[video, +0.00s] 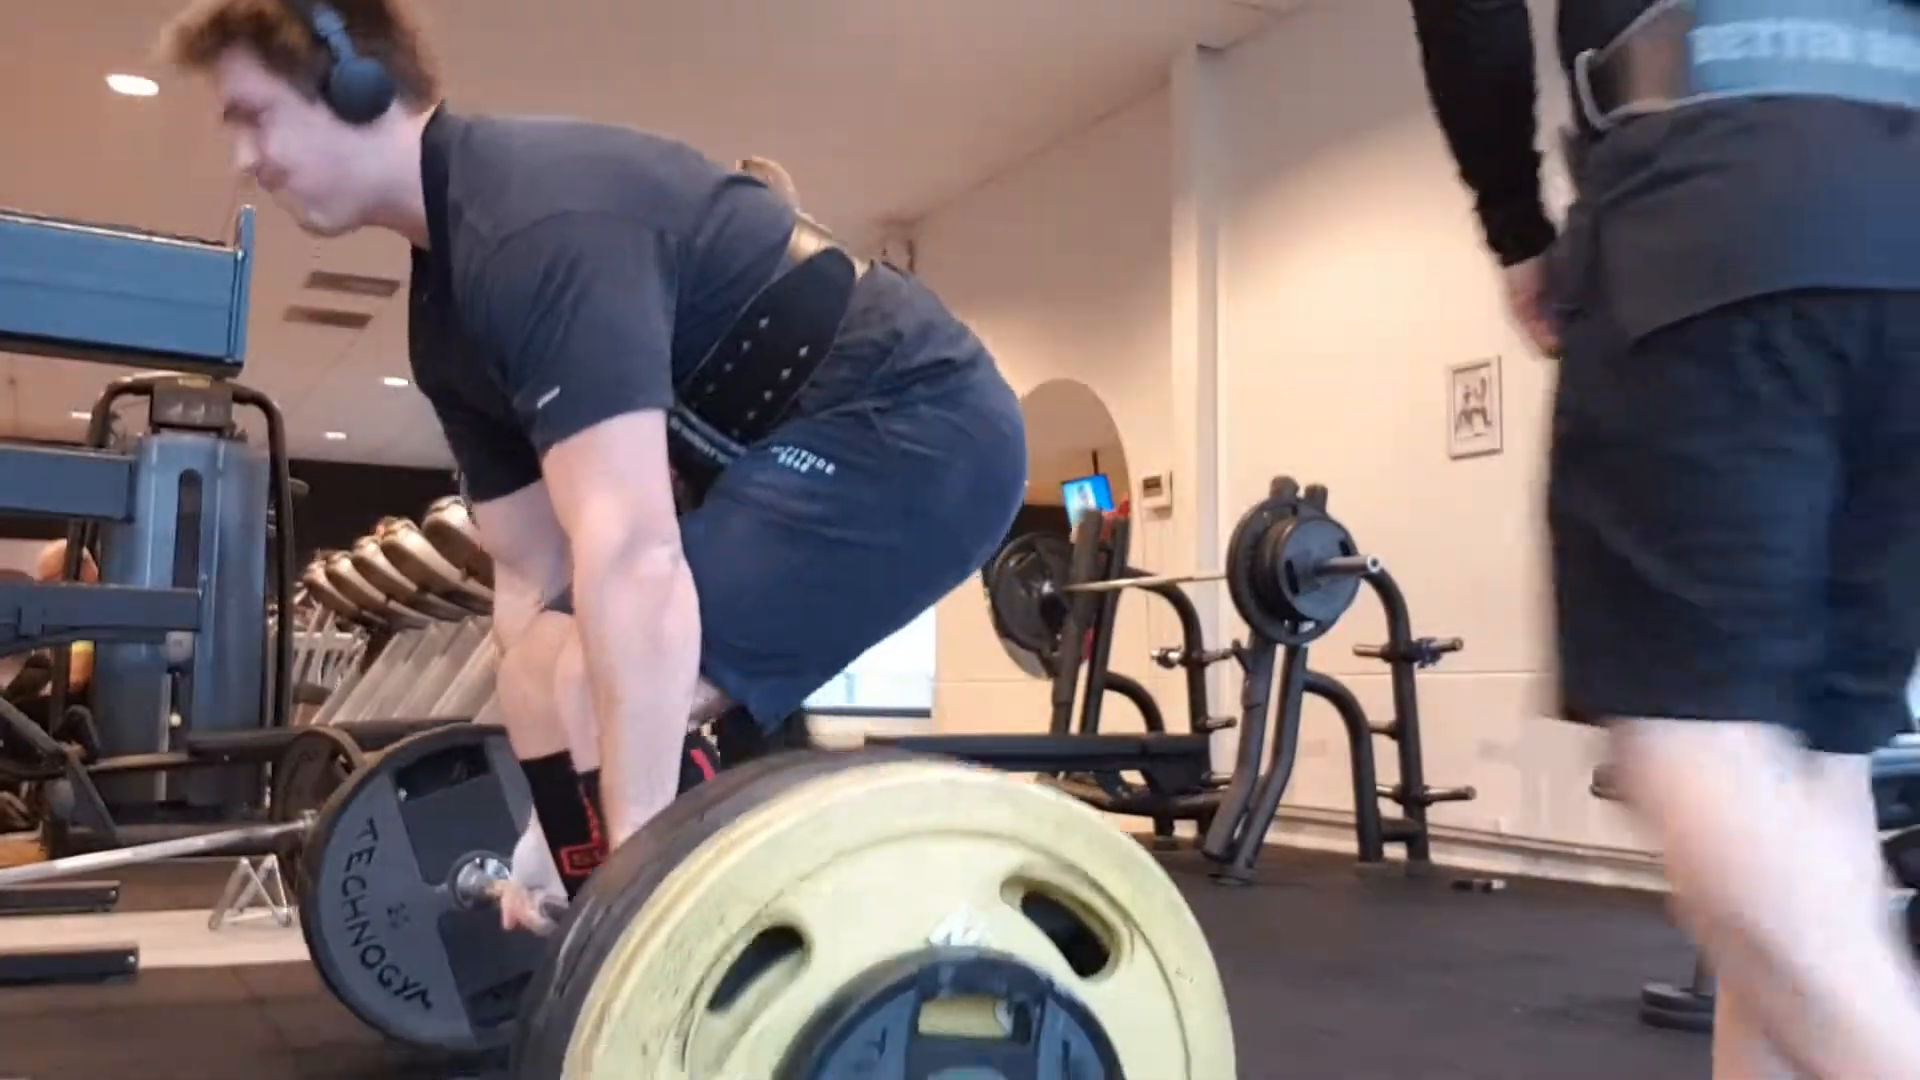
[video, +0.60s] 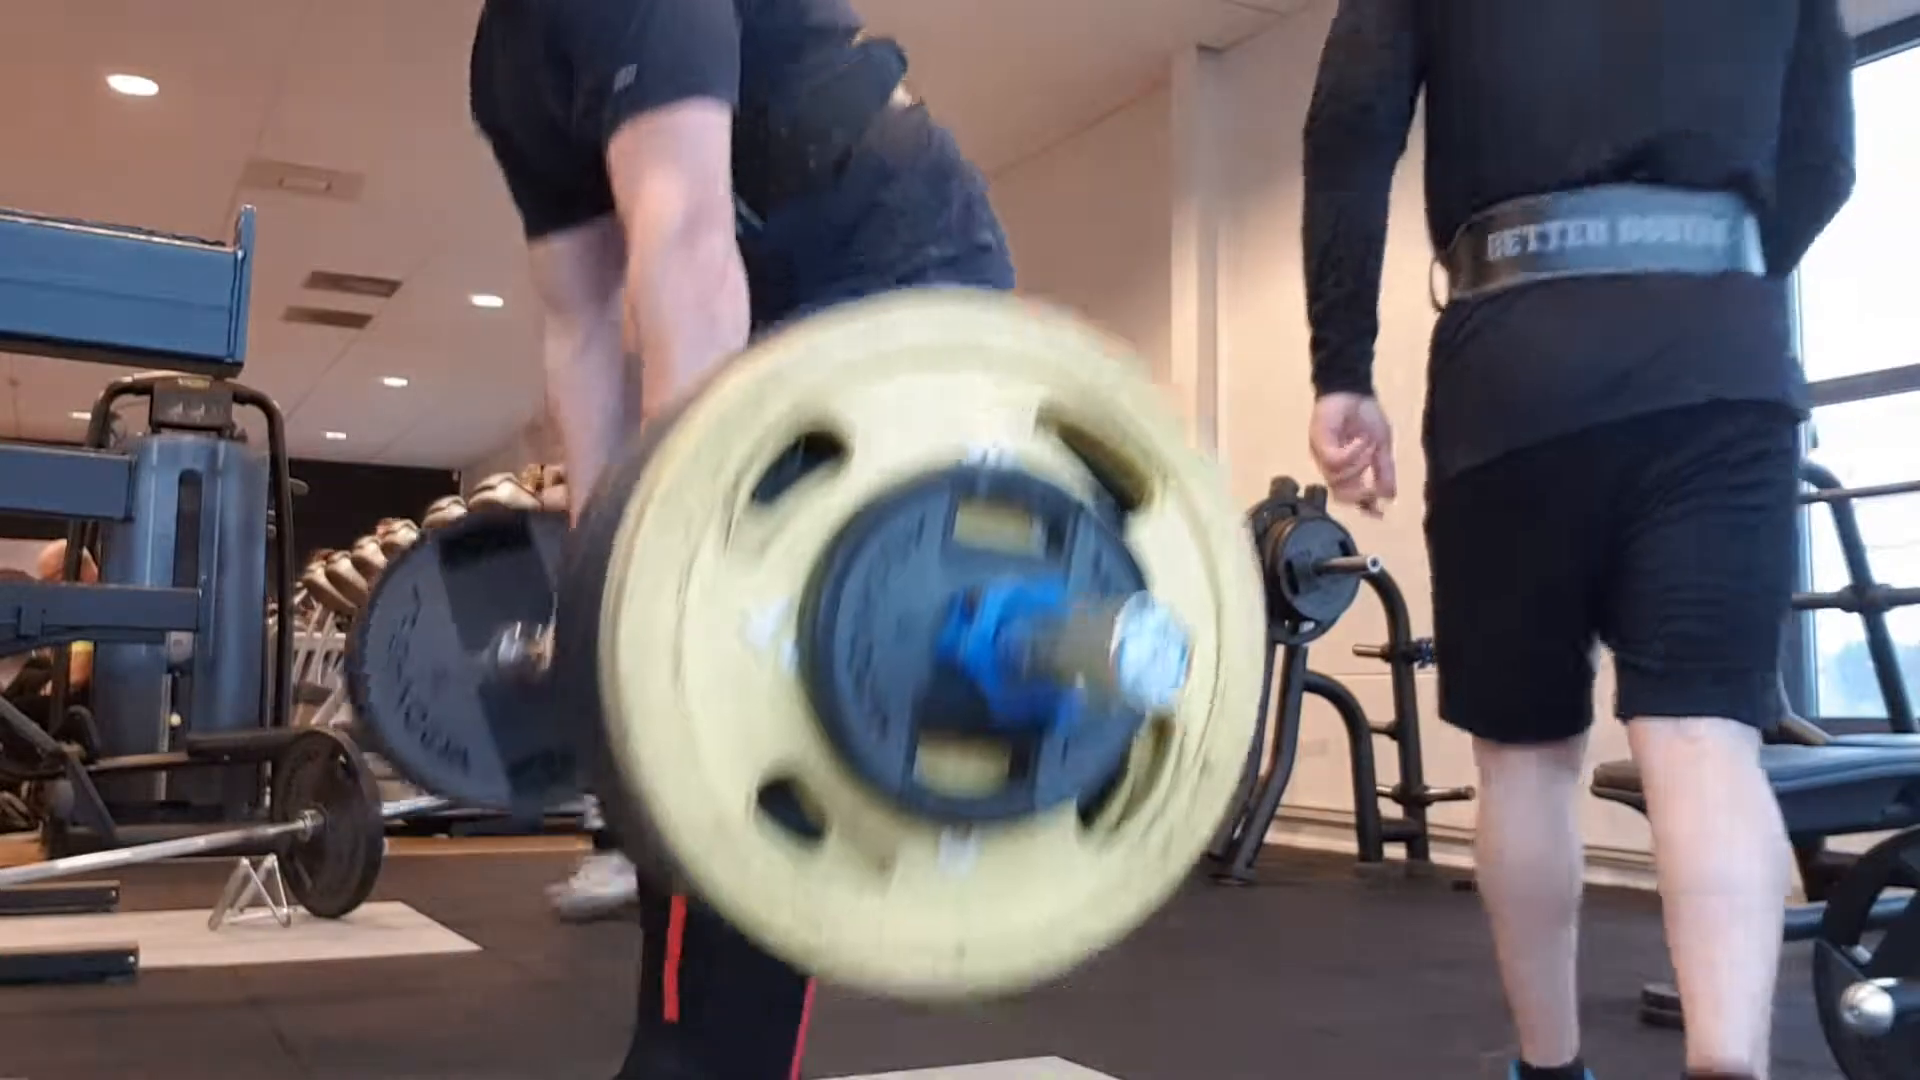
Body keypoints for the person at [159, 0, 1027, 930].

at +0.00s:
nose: (243, 164)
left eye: (253, 119)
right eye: (232, 131)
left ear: (352, 79)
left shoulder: (544, 221)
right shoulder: (445, 313)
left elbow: (636, 559)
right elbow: (528, 578)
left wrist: (638, 868)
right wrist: (551, 849)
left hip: (908, 417)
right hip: (811, 446)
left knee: (601, 683)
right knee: (537, 668)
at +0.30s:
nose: (326, 9)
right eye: (333, 4)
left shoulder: (597, 100)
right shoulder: (496, 206)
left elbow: (660, 434)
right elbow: (558, 474)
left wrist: (643, 729)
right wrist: (564, 729)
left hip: (927, 371)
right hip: (808, 399)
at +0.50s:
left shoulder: (615, 14)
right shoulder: (508, 114)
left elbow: (676, 307)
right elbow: (573, 376)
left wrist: (676, 595)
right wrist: (586, 626)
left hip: (912, 314)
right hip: (778, 349)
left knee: (756, 674)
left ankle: (701, 1035)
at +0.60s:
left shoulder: (643, 5)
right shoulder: (509, 49)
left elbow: (688, 235)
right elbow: (579, 307)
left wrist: (686, 529)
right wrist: (602, 549)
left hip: (905, 308)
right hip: (769, 330)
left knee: (770, 712)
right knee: (713, 700)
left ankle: (710, 1053)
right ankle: (687, 1045)